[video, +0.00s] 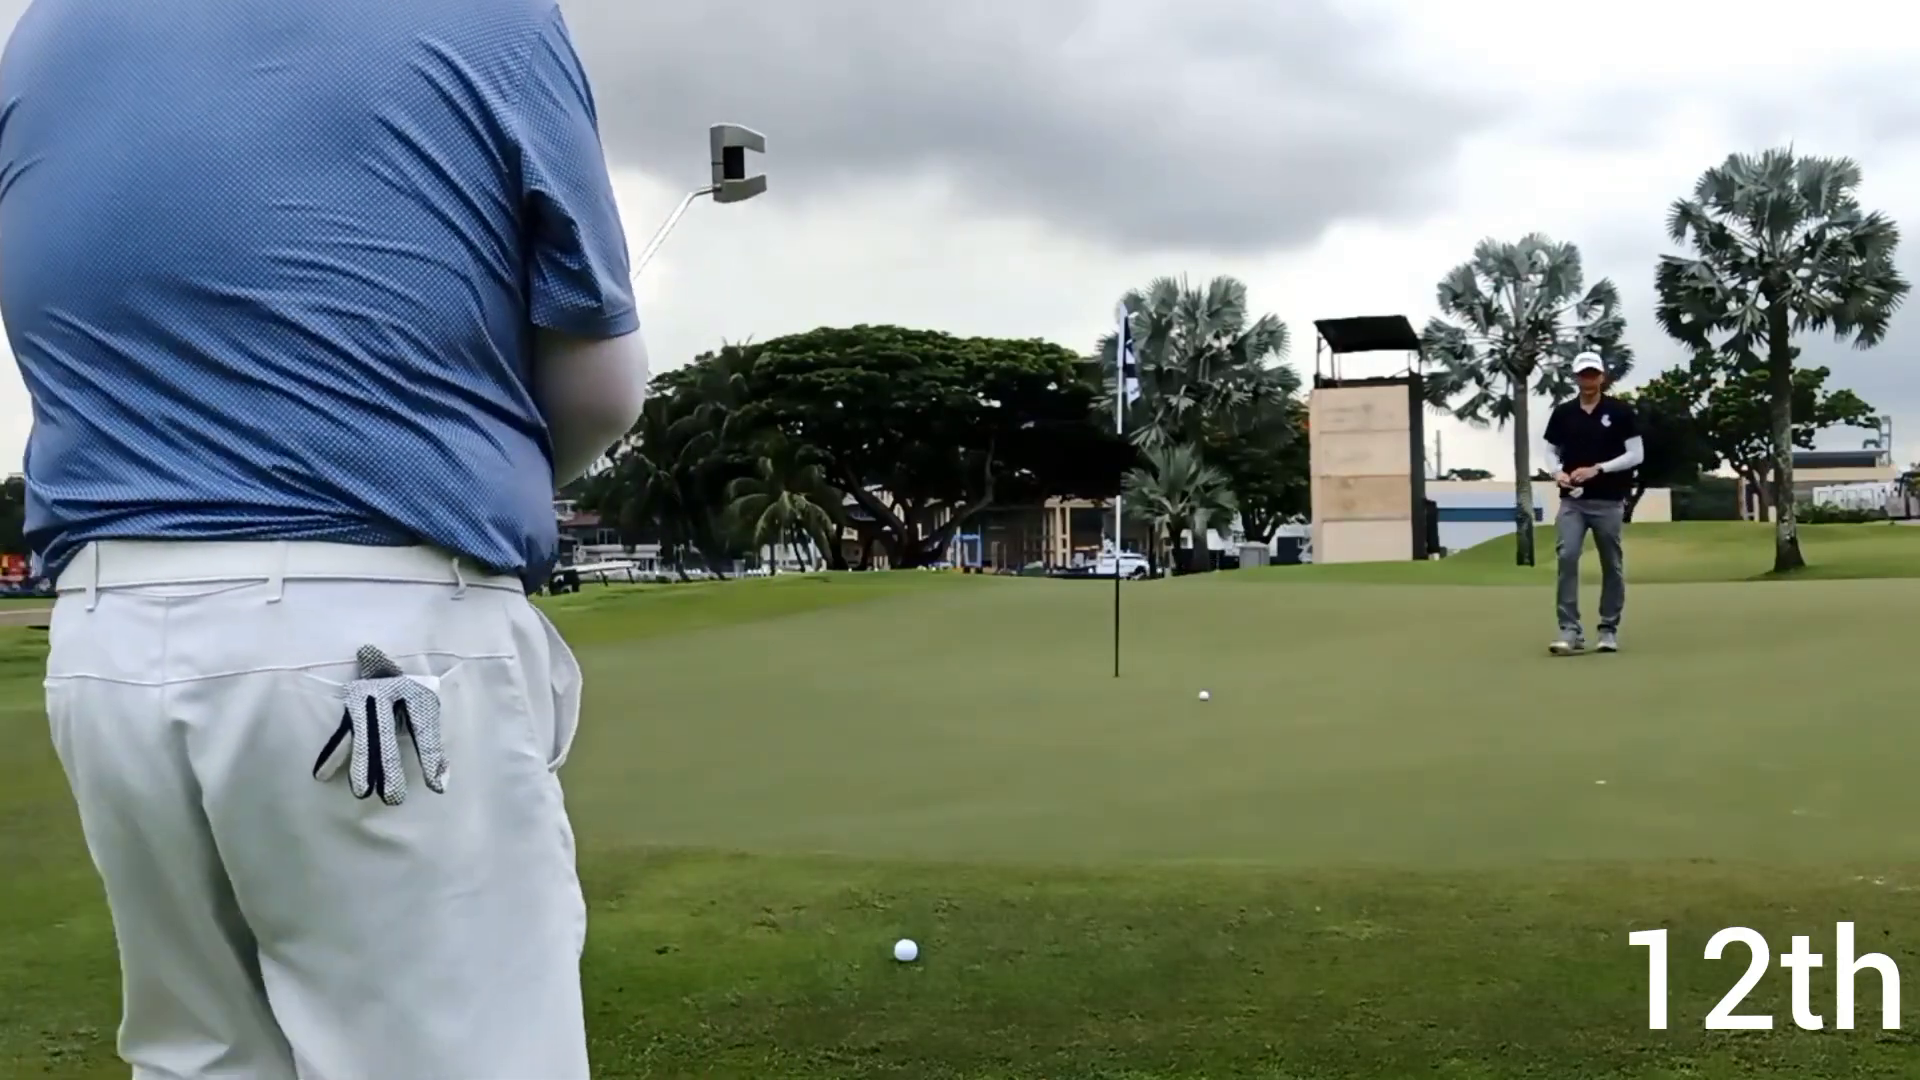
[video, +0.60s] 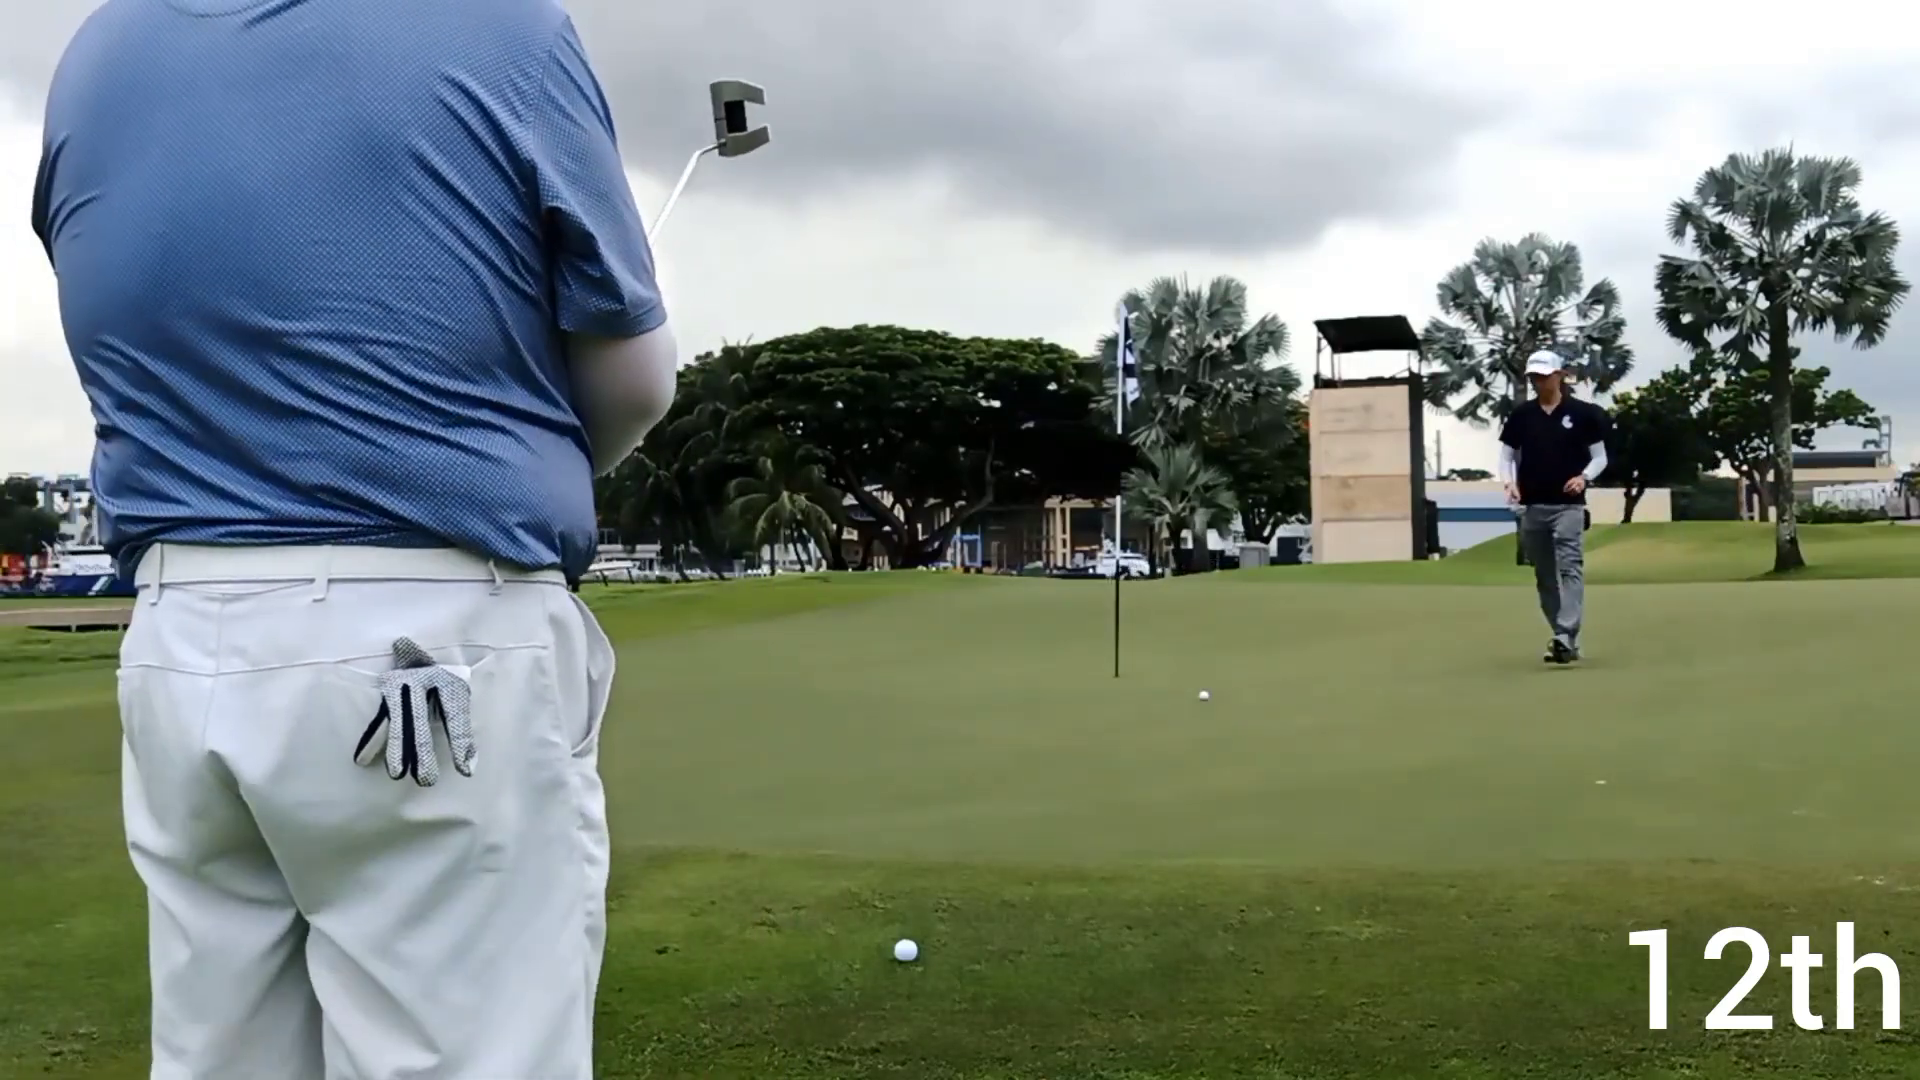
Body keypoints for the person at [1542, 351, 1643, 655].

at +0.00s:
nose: (1588, 380)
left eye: (1594, 374)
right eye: (1583, 374)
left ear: (1603, 377)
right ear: (1576, 378)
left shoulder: (1620, 412)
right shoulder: (1563, 413)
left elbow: (1636, 455)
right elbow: (1550, 453)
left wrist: (1597, 468)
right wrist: (1559, 472)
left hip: (1609, 504)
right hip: (1572, 502)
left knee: (1612, 566)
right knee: (1566, 556)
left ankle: (1608, 629)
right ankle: (1569, 630)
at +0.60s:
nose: (1537, 382)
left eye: (1543, 376)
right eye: (1533, 377)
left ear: (1559, 375)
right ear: (1529, 379)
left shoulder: (1583, 414)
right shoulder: (1520, 416)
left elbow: (1600, 456)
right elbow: (1506, 456)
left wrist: (1585, 476)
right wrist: (1509, 482)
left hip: (1567, 507)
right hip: (1532, 508)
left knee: (1568, 569)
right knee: (1545, 576)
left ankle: (1565, 635)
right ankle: (1563, 636)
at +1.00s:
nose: (1508, 376)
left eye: (1514, 369)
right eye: (1505, 370)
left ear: (1532, 367)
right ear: (1504, 371)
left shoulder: (1556, 402)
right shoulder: (1501, 407)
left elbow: (1580, 450)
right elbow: (1492, 455)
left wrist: (1551, 466)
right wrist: (1482, 500)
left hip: (1544, 507)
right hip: (1504, 505)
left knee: (1551, 577)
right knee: (1495, 565)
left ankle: (1552, 647)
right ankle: (1516, 640)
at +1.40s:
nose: (1482, 369)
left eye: (1486, 362)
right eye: (1474, 364)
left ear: (1494, 363)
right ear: (1462, 370)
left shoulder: (1515, 402)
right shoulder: (1451, 410)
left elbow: (1527, 454)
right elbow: (1444, 464)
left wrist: (1526, 500)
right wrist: (1440, 510)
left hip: (1505, 507)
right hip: (1463, 509)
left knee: (1509, 574)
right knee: (1464, 584)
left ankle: (1529, 632)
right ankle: (1474, 658)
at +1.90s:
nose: (1435, 374)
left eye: (1441, 366)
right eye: (1430, 368)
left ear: (1458, 364)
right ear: (1425, 370)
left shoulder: (1487, 406)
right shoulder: (1420, 414)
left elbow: (1513, 458)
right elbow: (1409, 466)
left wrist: (1539, 504)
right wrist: (1390, 513)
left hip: (1477, 511)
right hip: (1436, 517)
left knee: (1476, 578)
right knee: (1434, 593)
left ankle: (1486, 665)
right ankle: (1463, 640)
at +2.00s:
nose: (1423, 371)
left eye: (1428, 363)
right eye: (1417, 365)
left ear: (1447, 358)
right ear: (1413, 366)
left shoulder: (1476, 399)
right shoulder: (1412, 406)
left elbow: (1499, 455)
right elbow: (1405, 462)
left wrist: (1513, 505)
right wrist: (1396, 512)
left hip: (1467, 510)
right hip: (1424, 514)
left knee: (1475, 586)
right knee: (1418, 585)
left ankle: (1485, 667)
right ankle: (1454, 640)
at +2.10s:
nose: (1405, 369)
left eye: (1410, 362)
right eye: (1401, 363)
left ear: (1431, 357)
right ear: (1401, 363)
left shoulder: (1464, 394)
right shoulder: (1404, 402)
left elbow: (1479, 445)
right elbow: (1400, 459)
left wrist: (1477, 494)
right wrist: (1398, 509)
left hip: (1454, 510)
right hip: (1413, 512)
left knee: (1473, 588)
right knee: (1396, 575)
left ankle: (1484, 667)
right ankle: (1431, 658)